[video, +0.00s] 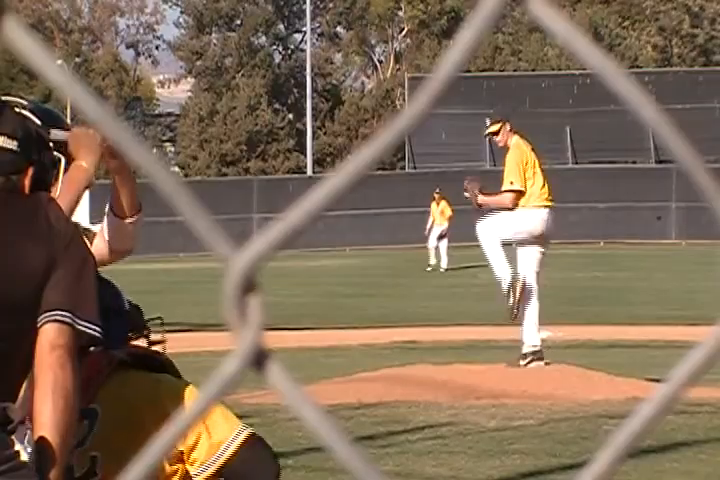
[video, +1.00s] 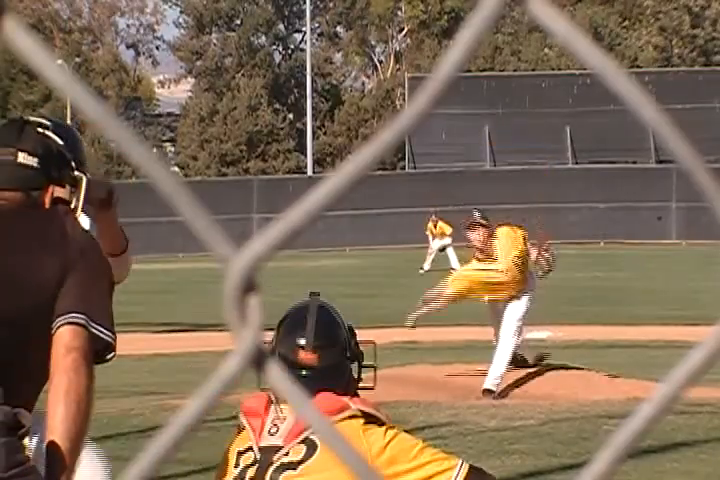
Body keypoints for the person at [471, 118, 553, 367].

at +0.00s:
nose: (494, 139)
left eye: (496, 133)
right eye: (492, 136)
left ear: (508, 128)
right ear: (501, 133)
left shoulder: (516, 150)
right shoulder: (520, 148)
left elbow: (509, 199)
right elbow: (512, 196)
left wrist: (480, 199)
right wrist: (483, 199)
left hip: (531, 214)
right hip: (538, 213)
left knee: (484, 228)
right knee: (528, 282)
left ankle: (508, 282)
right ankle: (531, 346)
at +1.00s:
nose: (473, 235)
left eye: (477, 229)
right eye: (470, 231)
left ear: (487, 230)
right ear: (467, 236)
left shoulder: (505, 236)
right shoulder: (475, 262)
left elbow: (525, 247)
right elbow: (457, 281)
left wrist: (539, 255)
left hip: (520, 291)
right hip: (495, 293)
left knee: (509, 331)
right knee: (499, 330)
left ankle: (491, 384)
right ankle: (513, 356)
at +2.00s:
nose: (620, 149)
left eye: (623, 144)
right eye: (616, 144)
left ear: (625, 148)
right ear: (605, 145)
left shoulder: (619, 179)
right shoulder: (599, 173)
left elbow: (615, 229)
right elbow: (602, 218)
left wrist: (614, 260)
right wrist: (634, 214)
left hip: (605, 250)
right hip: (590, 247)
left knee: (610, 316)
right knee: (610, 313)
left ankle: (560, 346)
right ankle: (600, 381)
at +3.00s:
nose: (630, 129)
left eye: (634, 124)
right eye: (625, 124)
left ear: (640, 128)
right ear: (619, 129)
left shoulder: (656, 157)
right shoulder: (609, 163)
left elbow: (671, 194)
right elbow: (604, 211)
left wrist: (675, 178)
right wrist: (604, 250)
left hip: (649, 242)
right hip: (619, 242)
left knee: (658, 311)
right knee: (617, 313)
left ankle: (666, 372)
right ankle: (619, 377)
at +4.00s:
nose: (592, 121)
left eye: (597, 118)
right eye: (593, 117)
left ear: (602, 123)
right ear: (592, 124)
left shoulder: (600, 148)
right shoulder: (590, 158)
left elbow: (598, 112)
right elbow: (591, 206)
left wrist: (581, 80)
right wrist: (582, 240)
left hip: (605, 226)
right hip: (596, 228)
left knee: (600, 299)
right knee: (597, 299)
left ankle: (612, 373)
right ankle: (610, 372)